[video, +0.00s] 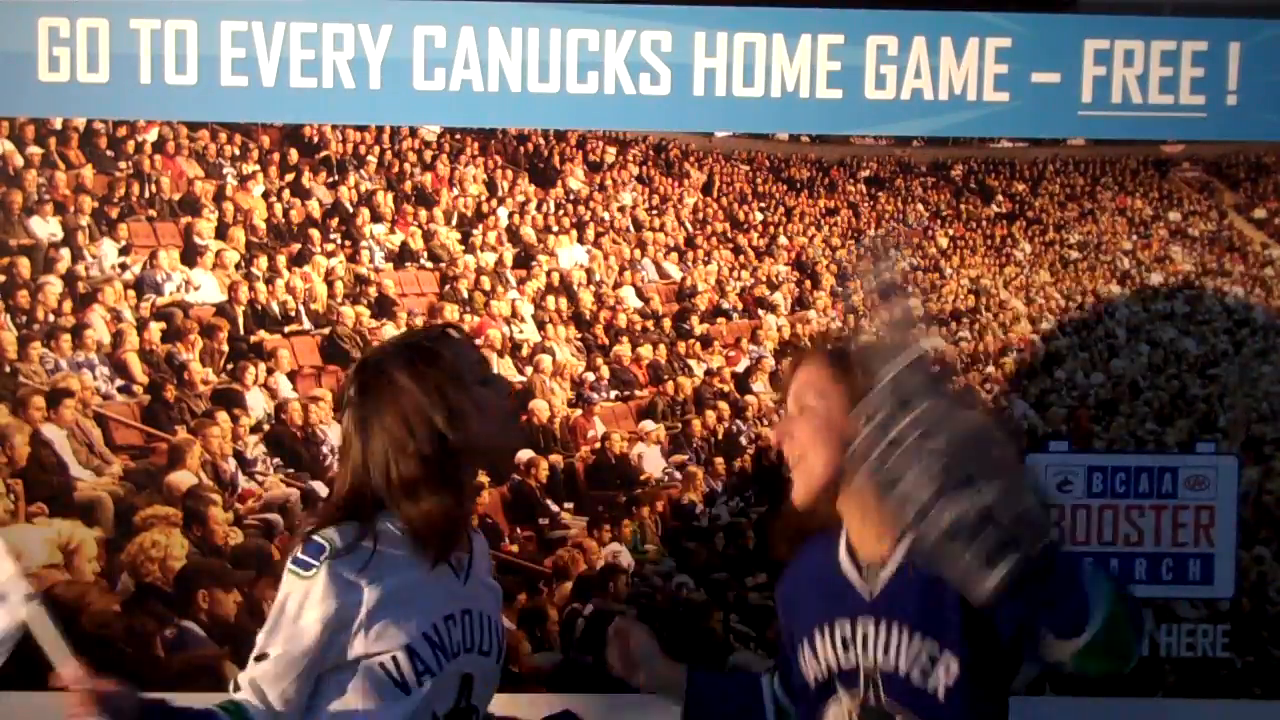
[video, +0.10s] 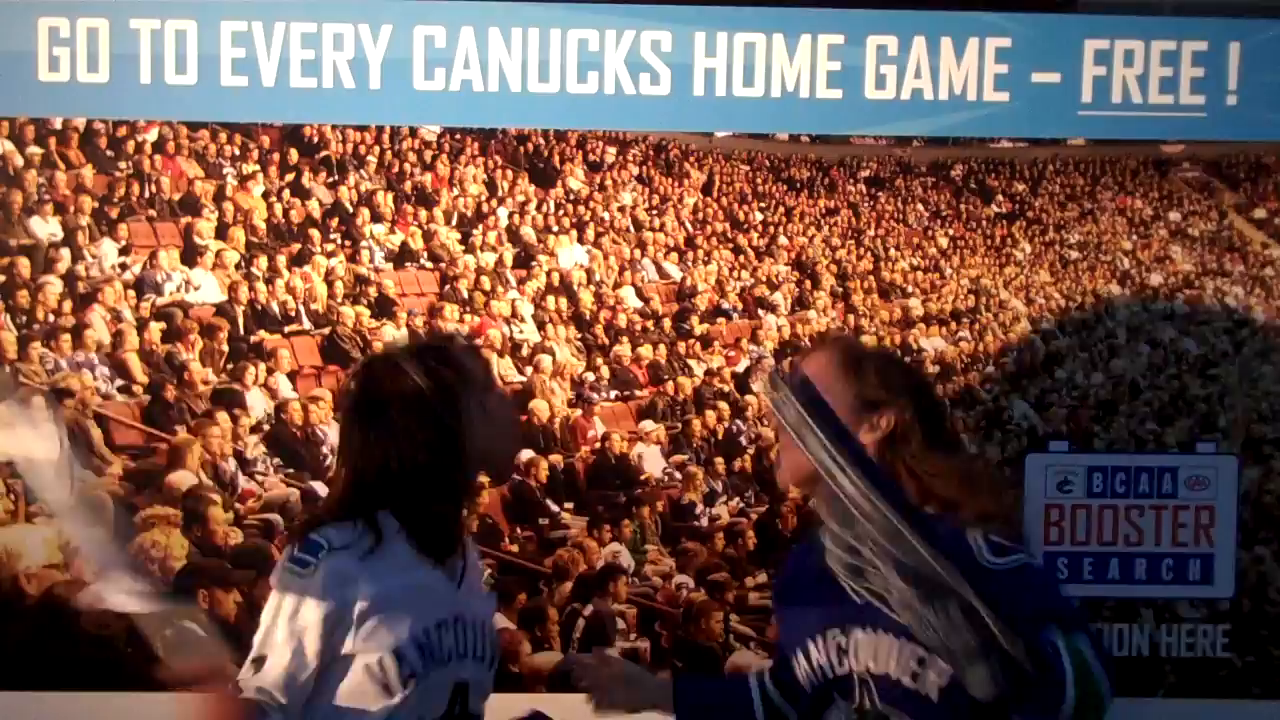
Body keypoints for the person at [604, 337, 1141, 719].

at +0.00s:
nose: (776, 435)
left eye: (800, 410)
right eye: (783, 412)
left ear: (876, 427)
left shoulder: (978, 569)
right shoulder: (805, 579)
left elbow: (1117, 652)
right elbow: (795, 705)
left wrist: (1032, 558)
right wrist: (670, 679)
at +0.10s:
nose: (778, 426)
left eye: (802, 407)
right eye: (787, 407)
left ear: (878, 430)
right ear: (874, 432)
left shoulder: (967, 541)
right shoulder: (813, 560)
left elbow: (1072, 684)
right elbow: (796, 694)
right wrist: (659, 692)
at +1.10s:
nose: (855, 432)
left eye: (886, 413)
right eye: (852, 419)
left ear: (954, 442)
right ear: (847, 442)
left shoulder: (1015, 579)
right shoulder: (832, 564)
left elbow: (1055, 711)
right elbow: (778, 676)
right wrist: (655, 630)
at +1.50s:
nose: (884, 441)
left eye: (912, 420)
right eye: (894, 423)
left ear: (980, 445)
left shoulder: (1067, 584)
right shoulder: (881, 567)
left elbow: (1115, 710)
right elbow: (817, 697)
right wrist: (701, 710)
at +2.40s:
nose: (830, 447)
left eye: (846, 416)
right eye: (835, 420)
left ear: (911, 413)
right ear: (909, 413)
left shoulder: (1011, 565)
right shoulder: (857, 557)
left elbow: (1086, 699)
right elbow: (838, 694)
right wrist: (736, 601)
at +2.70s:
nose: (850, 436)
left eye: (867, 408)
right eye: (847, 413)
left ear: (939, 404)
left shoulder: (1026, 568)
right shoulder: (855, 529)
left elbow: (1078, 716)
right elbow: (729, 555)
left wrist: (1127, 653)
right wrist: (794, 416)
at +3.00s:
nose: (844, 443)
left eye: (864, 417)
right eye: (832, 429)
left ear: (925, 416)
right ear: (820, 446)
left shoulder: (1027, 548)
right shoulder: (839, 548)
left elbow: (1080, 709)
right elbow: (718, 610)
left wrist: (1087, 566)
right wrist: (783, 457)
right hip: (869, 710)